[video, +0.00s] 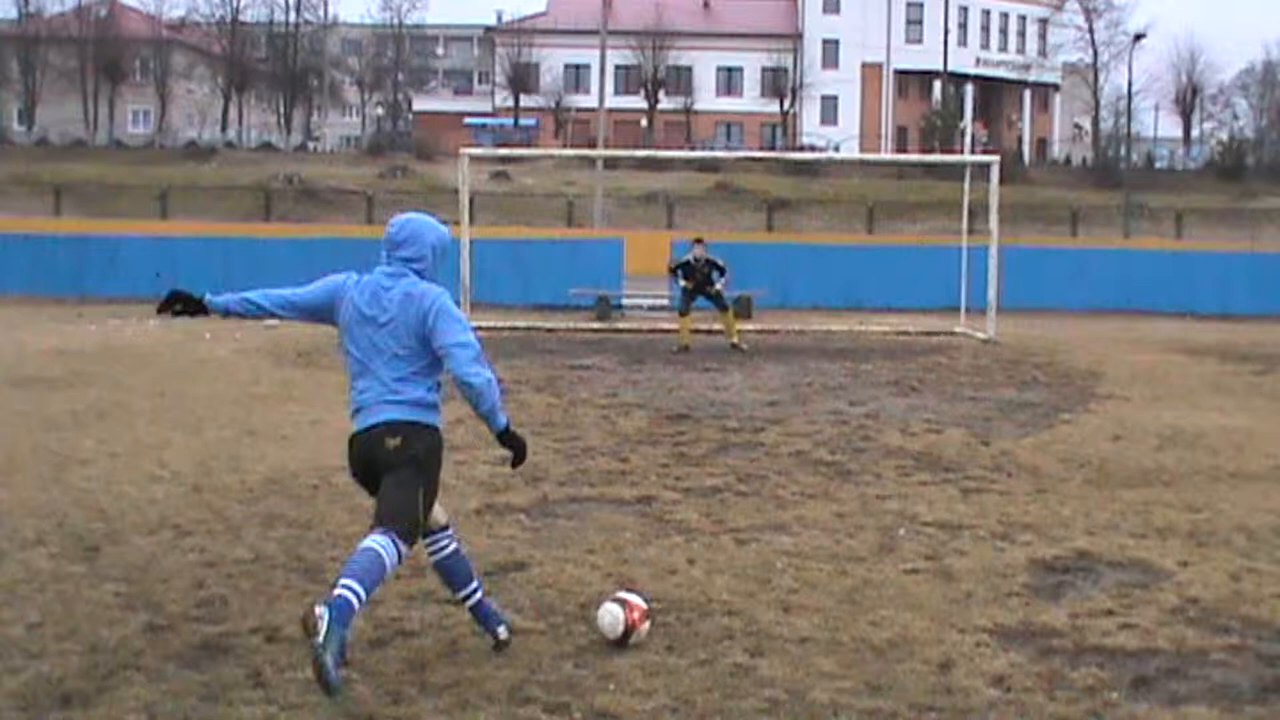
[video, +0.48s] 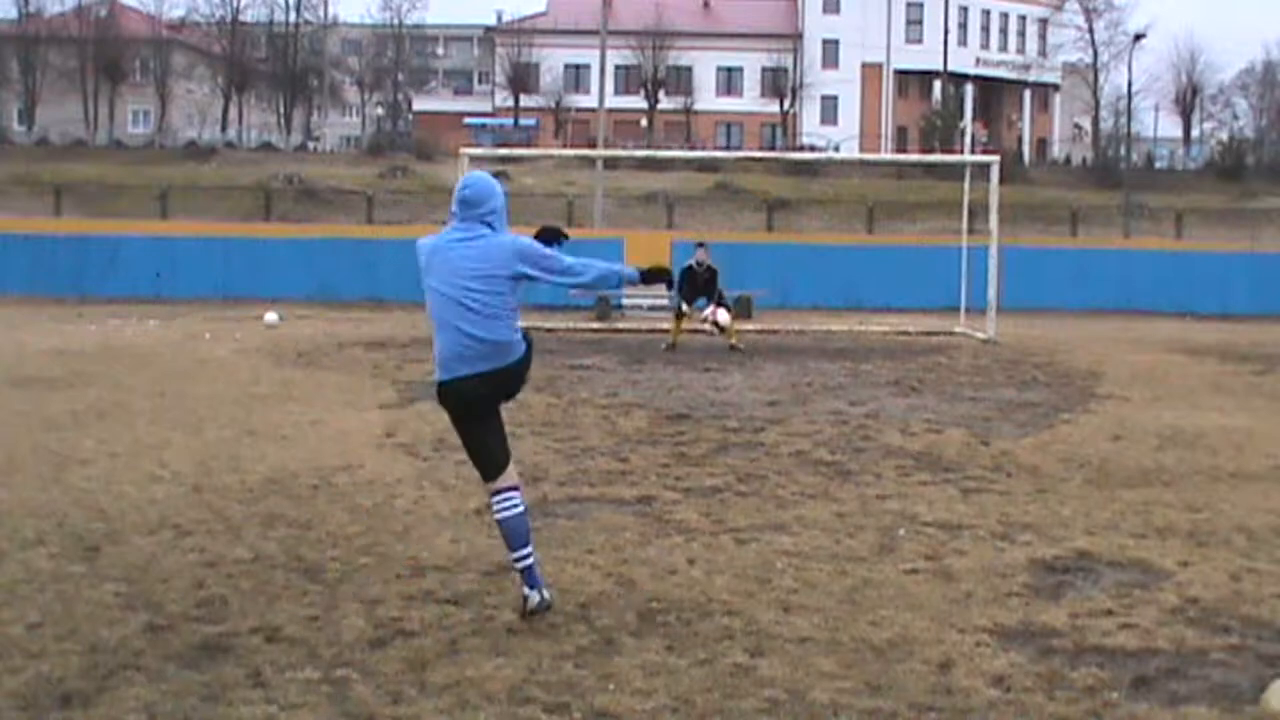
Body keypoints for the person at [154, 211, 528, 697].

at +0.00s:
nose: (440, 263)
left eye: (438, 255)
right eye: (439, 256)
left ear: (390, 249)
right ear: (428, 256)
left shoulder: (351, 289)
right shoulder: (432, 299)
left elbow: (280, 301)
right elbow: (467, 367)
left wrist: (209, 303)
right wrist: (502, 427)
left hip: (363, 442)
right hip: (414, 437)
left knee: (432, 523)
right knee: (393, 536)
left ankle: (490, 620)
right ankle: (336, 614)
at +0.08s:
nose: (461, 274)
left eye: (459, 265)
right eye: (459, 266)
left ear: (410, 264)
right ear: (449, 270)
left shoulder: (372, 309)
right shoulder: (457, 317)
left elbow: (309, 351)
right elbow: (477, 392)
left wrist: (249, 385)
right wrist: (501, 453)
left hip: (416, 456)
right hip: (461, 443)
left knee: (480, 542)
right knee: (475, 532)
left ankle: (529, 615)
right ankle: (393, 524)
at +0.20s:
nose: (477, 266)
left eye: (473, 259)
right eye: (475, 260)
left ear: (426, 261)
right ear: (468, 262)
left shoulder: (398, 320)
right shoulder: (479, 309)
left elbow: (398, 396)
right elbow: (494, 380)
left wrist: (406, 450)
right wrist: (505, 438)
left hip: (448, 450)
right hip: (499, 439)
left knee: (503, 523)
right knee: (564, 509)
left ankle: (543, 613)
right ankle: (571, 597)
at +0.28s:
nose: (486, 243)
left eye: (484, 237)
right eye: (484, 237)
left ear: (434, 240)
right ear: (476, 239)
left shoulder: (412, 294)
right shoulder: (490, 282)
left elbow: (443, 352)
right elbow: (527, 345)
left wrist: (503, 367)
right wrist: (564, 394)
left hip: (449, 426)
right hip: (499, 412)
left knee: (500, 511)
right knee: (549, 478)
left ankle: (540, 609)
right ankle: (602, 504)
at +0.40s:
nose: (506, 222)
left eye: (503, 215)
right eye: (502, 215)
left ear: (454, 217)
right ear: (492, 218)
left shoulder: (427, 260)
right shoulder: (503, 258)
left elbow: (484, 273)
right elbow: (567, 293)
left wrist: (541, 257)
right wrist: (634, 310)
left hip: (452, 393)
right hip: (504, 381)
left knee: (499, 492)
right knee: (505, 310)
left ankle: (533, 596)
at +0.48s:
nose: (504, 216)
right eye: (502, 209)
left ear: (455, 208)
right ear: (496, 210)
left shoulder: (427, 249)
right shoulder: (510, 248)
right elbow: (574, 271)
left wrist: (523, 251)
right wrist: (636, 275)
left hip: (460, 383)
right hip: (511, 370)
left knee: (501, 482)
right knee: (514, 330)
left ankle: (532, 586)